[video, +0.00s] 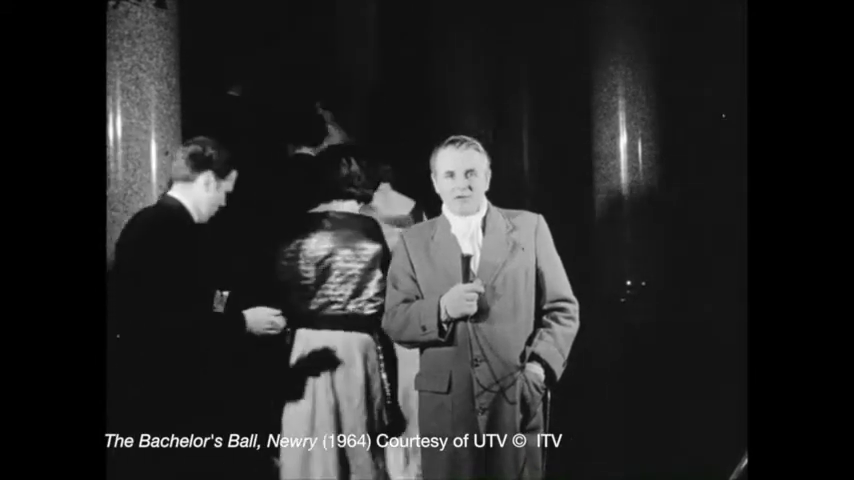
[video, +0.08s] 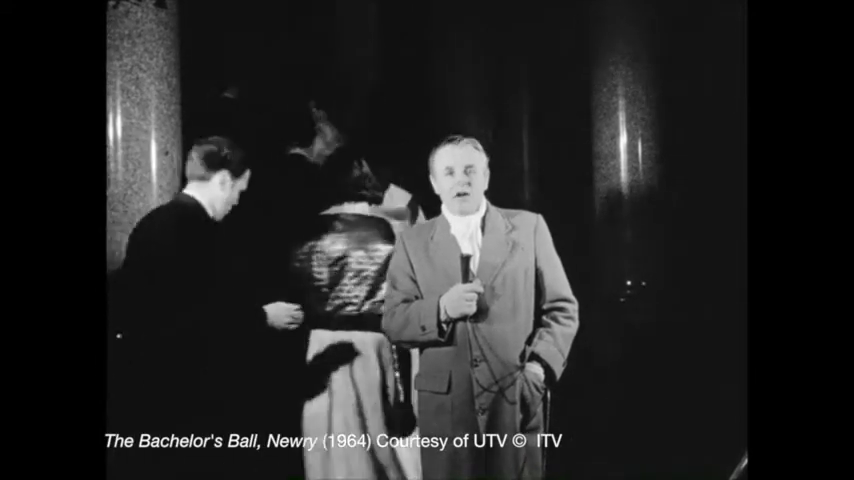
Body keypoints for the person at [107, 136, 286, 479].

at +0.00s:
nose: (224, 203)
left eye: (228, 194)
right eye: (226, 192)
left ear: (196, 178)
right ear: (206, 181)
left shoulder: (150, 225)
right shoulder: (172, 233)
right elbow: (172, 325)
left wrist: (210, 302)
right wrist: (242, 322)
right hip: (166, 394)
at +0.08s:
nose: (239, 201)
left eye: (242, 192)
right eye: (240, 190)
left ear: (193, 175)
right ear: (222, 180)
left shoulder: (152, 225)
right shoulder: (199, 233)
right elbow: (203, 312)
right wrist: (263, 315)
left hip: (160, 378)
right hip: (192, 383)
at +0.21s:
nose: (259, 198)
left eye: (260, 188)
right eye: (258, 187)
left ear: (214, 178)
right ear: (245, 181)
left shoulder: (172, 227)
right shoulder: (231, 235)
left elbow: (144, 304)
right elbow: (236, 313)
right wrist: (291, 315)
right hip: (214, 374)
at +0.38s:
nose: (287, 204)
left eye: (287, 195)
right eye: (287, 194)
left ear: (245, 183)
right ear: (279, 190)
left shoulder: (204, 230)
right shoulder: (273, 239)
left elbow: (173, 302)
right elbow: (282, 315)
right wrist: (326, 314)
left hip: (211, 365)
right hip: (260, 371)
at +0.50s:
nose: (308, 202)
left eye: (310, 194)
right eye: (310, 193)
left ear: (266, 179)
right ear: (300, 186)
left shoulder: (228, 220)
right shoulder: (293, 227)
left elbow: (198, 296)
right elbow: (302, 310)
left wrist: (214, 339)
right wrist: (350, 307)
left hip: (232, 361)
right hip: (284, 363)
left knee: (247, 461)